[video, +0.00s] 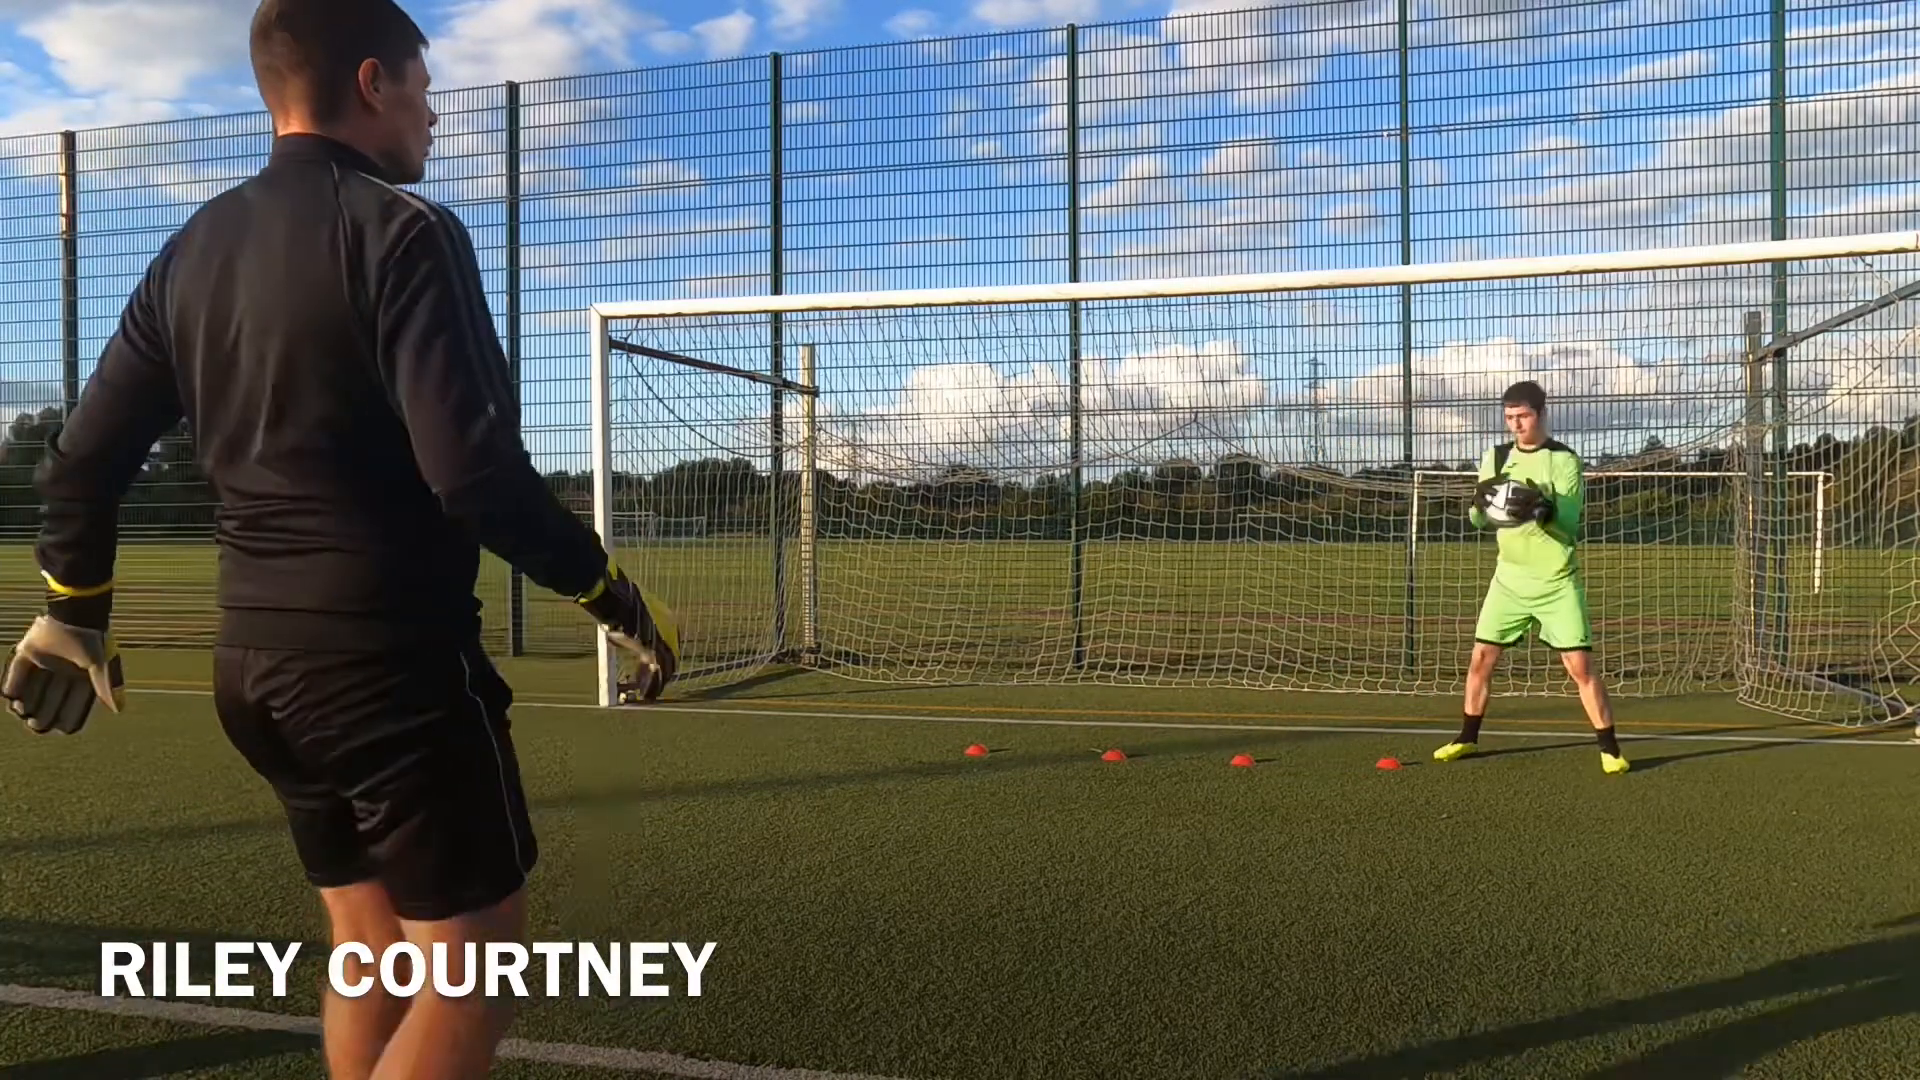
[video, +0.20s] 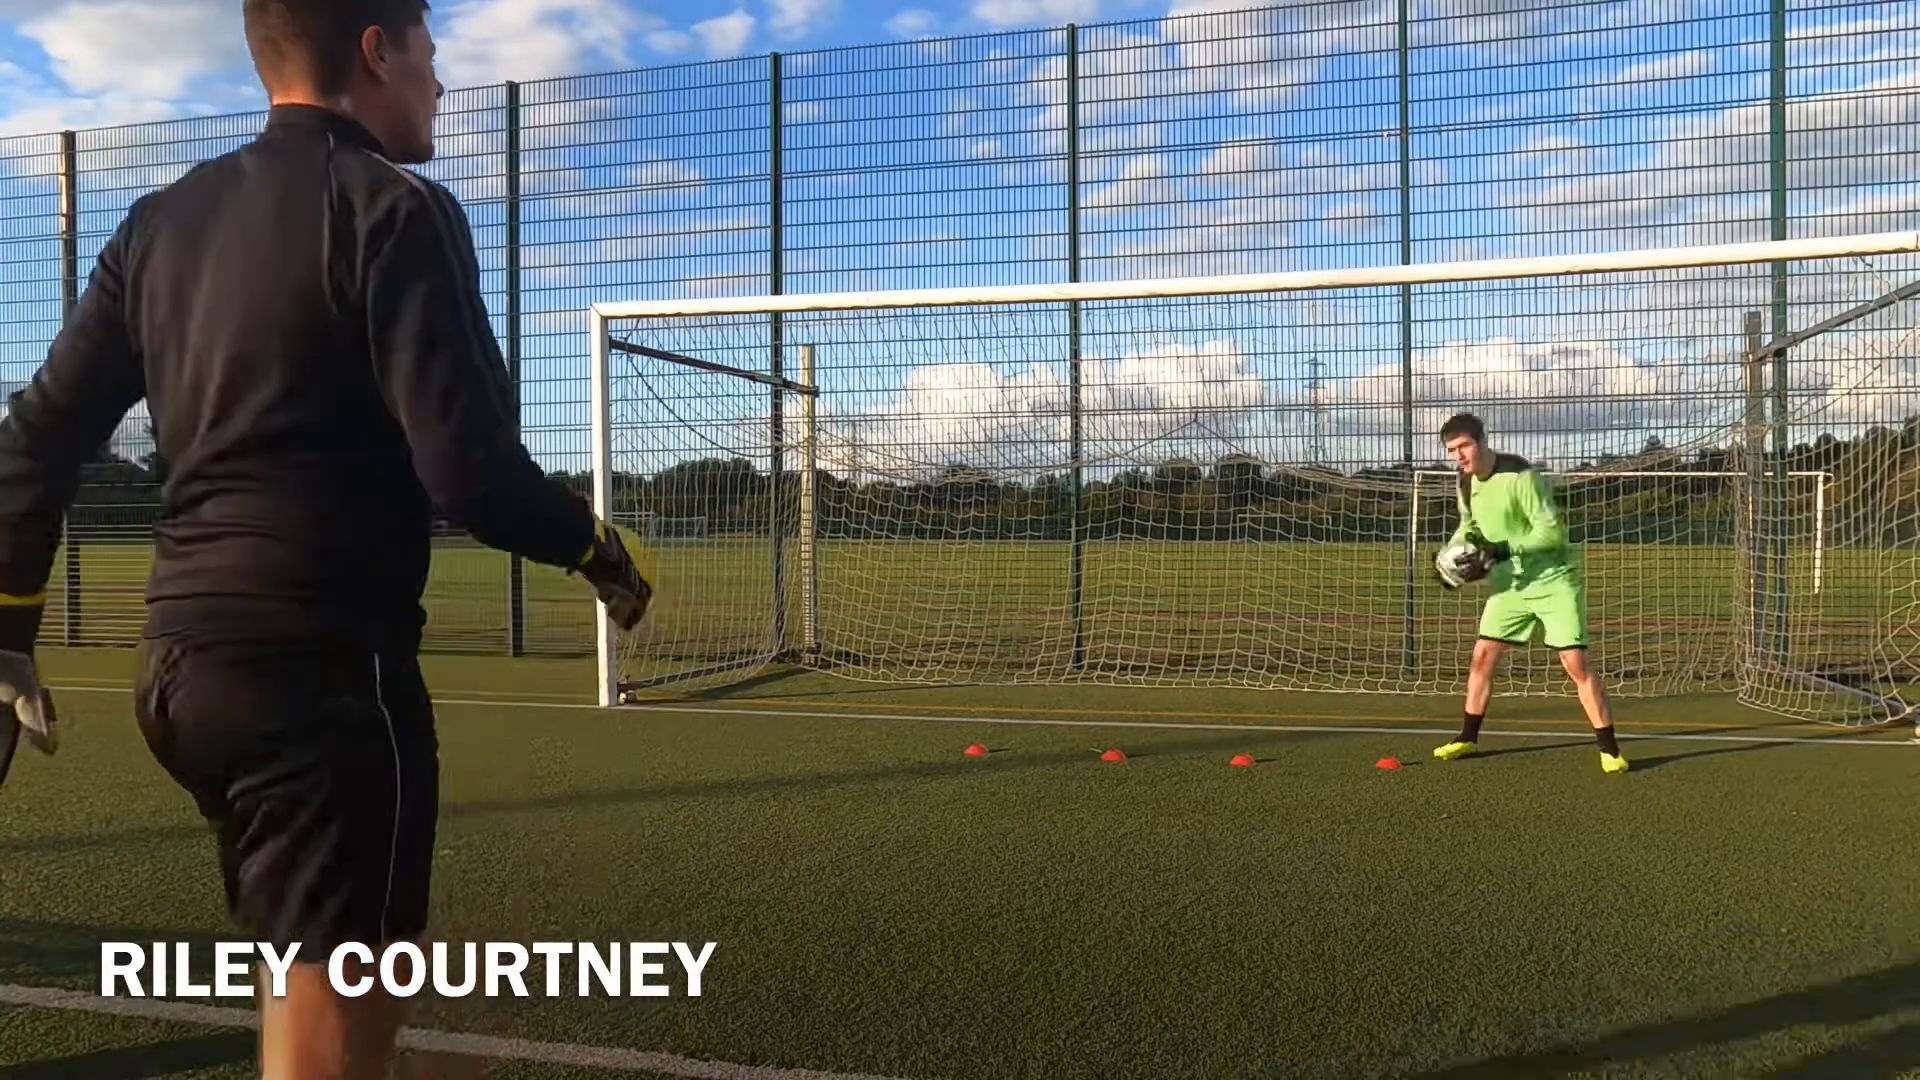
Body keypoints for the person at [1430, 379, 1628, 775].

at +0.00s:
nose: (1516, 423)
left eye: (1523, 415)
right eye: (1510, 417)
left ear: (1541, 414)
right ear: (1505, 420)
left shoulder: (1564, 461)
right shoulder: (1496, 458)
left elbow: (1572, 528)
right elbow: (1478, 521)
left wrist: (1543, 511)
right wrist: (1483, 504)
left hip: (1557, 583)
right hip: (1508, 581)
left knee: (1580, 666)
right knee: (1481, 657)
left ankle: (1609, 749)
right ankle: (1468, 738)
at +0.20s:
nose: (1458, 456)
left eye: (1463, 446)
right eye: (1452, 450)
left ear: (1481, 442)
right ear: (1450, 453)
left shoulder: (1523, 477)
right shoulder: (1467, 485)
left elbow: (1552, 534)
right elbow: (1470, 528)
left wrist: (1504, 549)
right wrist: (1454, 555)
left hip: (1554, 584)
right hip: (1509, 588)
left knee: (1576, 664)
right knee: (1482, 656)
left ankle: (1609, 749)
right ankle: (1468, 739)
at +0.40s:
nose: (1416, 469)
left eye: (1422, 460)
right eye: (1408, 464)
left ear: (1438, 458)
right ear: (1404, 472)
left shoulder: (1482, 491)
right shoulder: (1428, 505)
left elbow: (1538, 501)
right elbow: (1442, 532)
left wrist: (1535, 547)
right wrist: (1431, 561)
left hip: (1521, 588)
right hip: (1476, 592)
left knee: (1553, 665)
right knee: (1455, 662)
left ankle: (1601, 746)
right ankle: (1464, 739)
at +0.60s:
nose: (1389, 466)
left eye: (1393, 457)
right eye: (1383, 461)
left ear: (1412, 445)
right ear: (1382, 459)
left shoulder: (1462, 466)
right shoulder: (1394, 491)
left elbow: (1511, 489)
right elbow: (1407, 543)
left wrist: (1515, 534)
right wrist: (1400, 556)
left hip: (1498, 573)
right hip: (1453, 581)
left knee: (1522, 652)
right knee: (1443, 659)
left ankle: (1563, 734)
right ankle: (1461, 737)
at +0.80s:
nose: (1369, 461)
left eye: (1372, 453)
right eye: (1364, 455)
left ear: (1392, 438)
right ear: (1365, 451)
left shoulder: (1444, 458)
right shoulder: (1378, 484)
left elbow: (1492, 481)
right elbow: (1393, 535)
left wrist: (1494, 526)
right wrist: (1422, 539)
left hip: (1481, 569)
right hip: (1438, 579)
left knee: (1504, 647)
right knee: (1453, 660)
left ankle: (1533, 738)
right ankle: (1464, 738)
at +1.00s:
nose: (1360, 483)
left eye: (1364, 474)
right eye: (1355, 477)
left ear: (1383, 462)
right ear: (1355, 474)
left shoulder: (1431, 489)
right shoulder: (1367, 498)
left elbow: (1481, 528)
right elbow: (1363, 537)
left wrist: (1474, 571)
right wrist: (1346, 579)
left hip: (1452, 592)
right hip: (1410, 597)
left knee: (1482, 674)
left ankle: (1542, 749)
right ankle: (1430, 721)